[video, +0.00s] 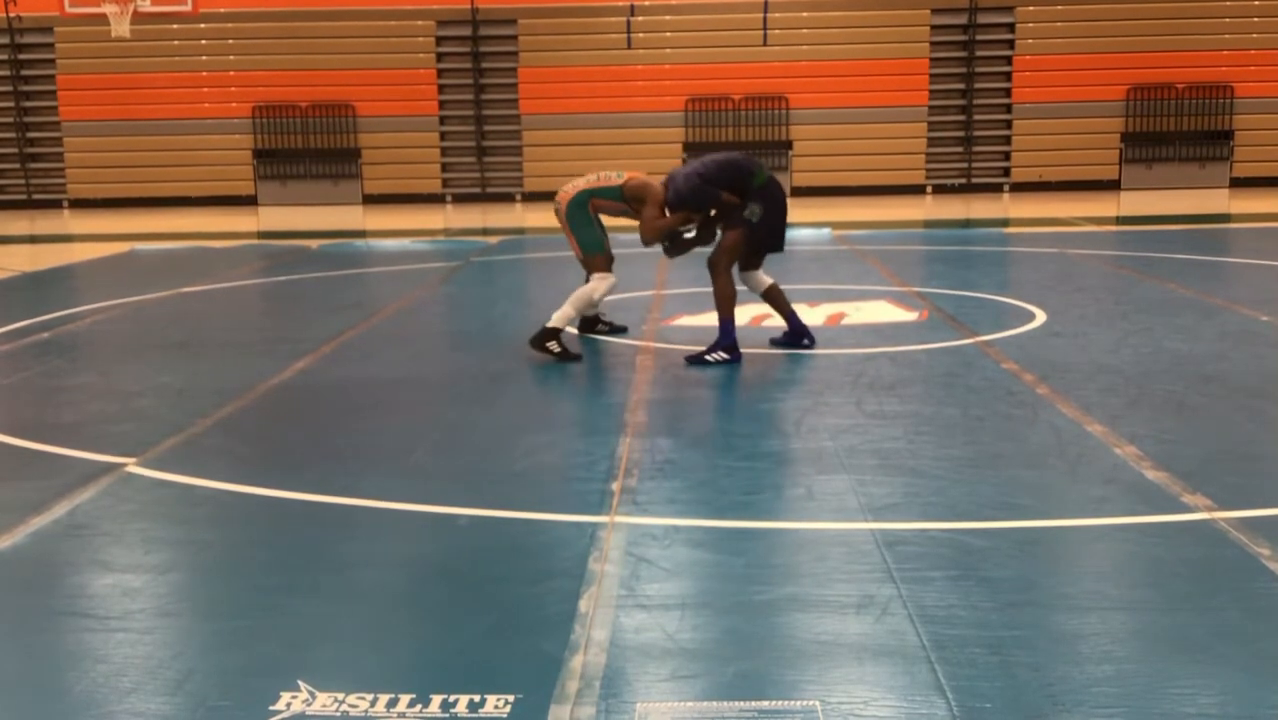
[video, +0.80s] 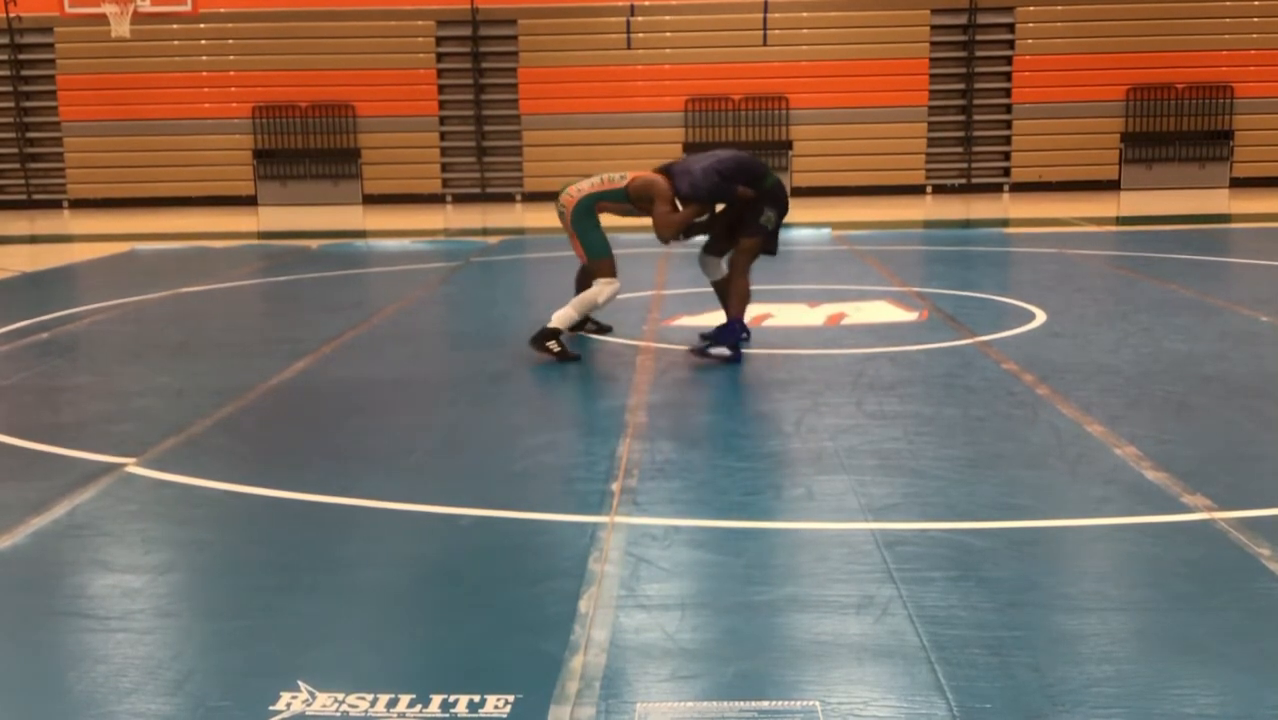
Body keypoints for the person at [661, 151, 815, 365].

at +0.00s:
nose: (642, 218)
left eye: (636, 211)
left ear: (648, 202)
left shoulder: (684, 190)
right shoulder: (679, 187)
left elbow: (733, 204)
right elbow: (707, 233)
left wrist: (711, 226)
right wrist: (688, 242)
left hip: (759, 198)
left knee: (718, 263)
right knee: (750, 274)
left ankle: (727, 344)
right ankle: (798, 331)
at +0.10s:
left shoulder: (686, 192)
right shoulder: (680, 189)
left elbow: (735, 204)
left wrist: (701, 240)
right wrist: (696, 241)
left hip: (761, 196)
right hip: (768, 192)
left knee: (720, 262)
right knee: (753, 271)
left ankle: (727, 344)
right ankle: (799, 330)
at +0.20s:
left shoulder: (684, 191)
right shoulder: (679, 189)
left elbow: (735, 201)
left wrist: (704, 239)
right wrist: (696, 240)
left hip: (760, 194)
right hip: (767, 189)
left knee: (725, 261)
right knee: (756, 269)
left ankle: (727, 344)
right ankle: (800, 330)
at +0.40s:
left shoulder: (679, 188)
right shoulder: (672, 188)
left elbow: (733, 194)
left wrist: (708, 231)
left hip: (759, 190)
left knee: (719, 262)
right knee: (740, 258)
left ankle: (727, 344)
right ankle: (790, 313)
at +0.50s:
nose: (641, 207)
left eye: (636, 204)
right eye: (634, 206)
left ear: (638, 196)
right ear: (646, 179)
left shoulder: (678, 187)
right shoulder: (671, 178)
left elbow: (733, 194)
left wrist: (706, 230)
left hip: (760, 187)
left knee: (723, 262)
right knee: (735, 253)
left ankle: (727, 344)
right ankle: (772, 311)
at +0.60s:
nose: (646, 205)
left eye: (641, 202)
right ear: (646, 179)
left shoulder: (681, 187)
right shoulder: (673, 179)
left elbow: (734, 195)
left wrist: (704, 229)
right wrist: (700, 229)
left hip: (762, 190)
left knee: (723, 263)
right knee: (731, 259)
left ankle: (728, 345)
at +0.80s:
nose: (653, 212)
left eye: (650, 209)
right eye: (648, 211)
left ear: (655, 196)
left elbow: (746, 195)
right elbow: (713, 219)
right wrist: (686, 230)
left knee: (738, 264)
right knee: (710, 260)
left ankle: (731, 338)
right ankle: (735, 325)